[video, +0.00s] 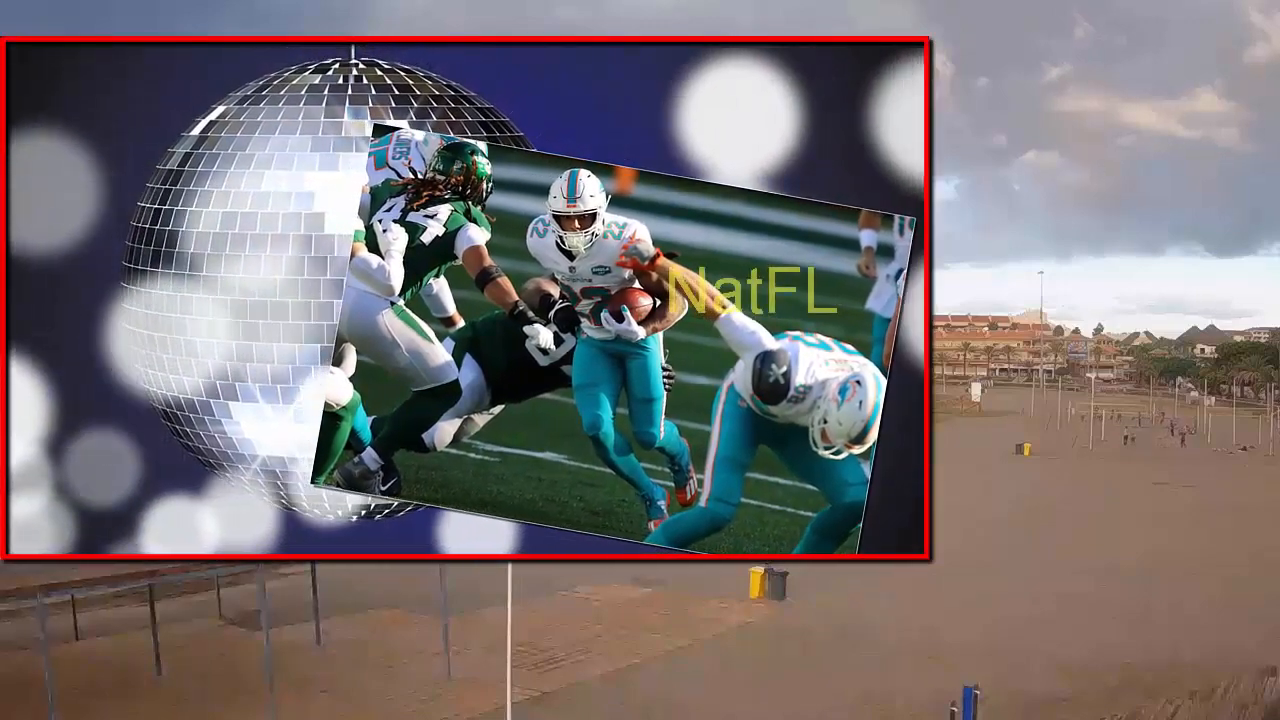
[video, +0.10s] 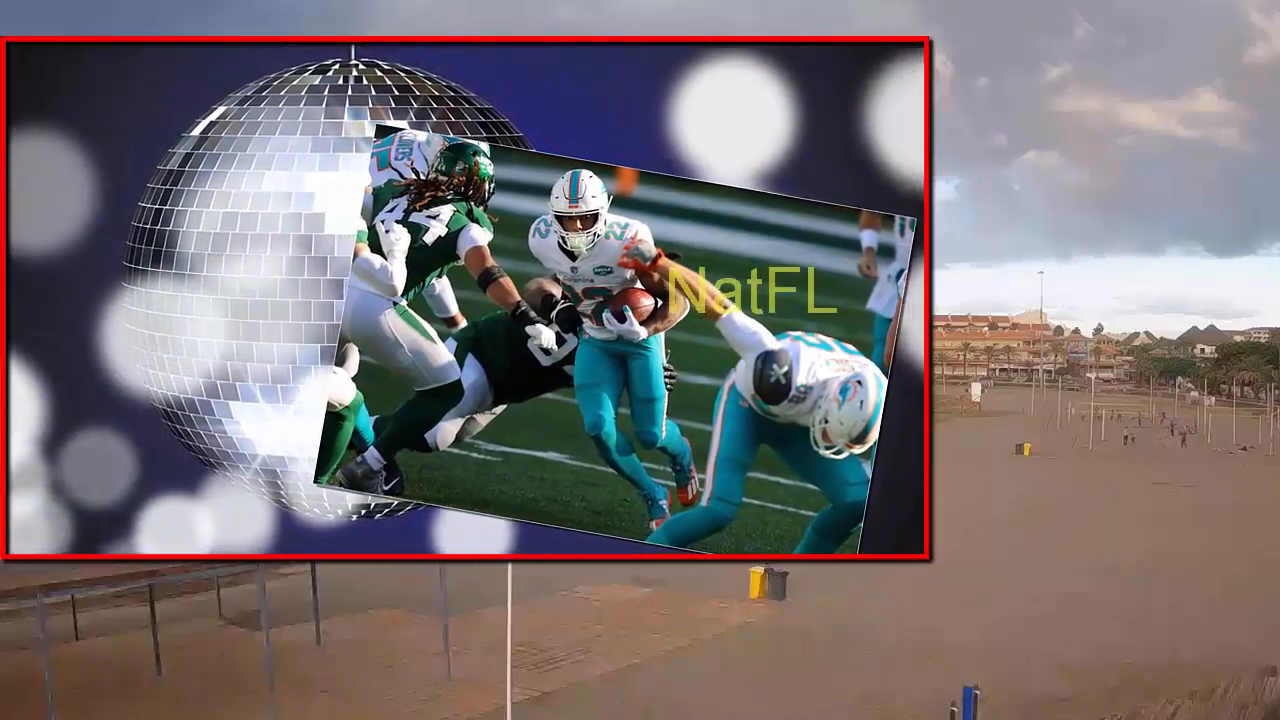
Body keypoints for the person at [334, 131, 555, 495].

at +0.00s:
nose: (485, 189)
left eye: (485, 182)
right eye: (483, 182)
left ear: (435, 170)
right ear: (473, 182)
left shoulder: (390, 190)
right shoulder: (463, 218)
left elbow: (340, 207)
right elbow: (485, 273)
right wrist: (522, 314)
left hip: (328, 289)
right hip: (374, 306)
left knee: (334, 369)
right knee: (445, 388)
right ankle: (367, 462)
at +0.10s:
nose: (487, 190)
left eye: (487, 182)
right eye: (485, 182)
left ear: (437, 170)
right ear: (474, 182)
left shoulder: (393, 192)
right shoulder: (464, 220)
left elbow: (343, 207)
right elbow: (488, 274)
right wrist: (526, 316)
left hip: (332, 289)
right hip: (376, 306)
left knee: (337, 369)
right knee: (447, 387)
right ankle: (370, 463)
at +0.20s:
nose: (490, 190)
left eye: (489, 182)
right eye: (487, 182)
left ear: (440, 171)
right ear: (477, 183)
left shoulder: (395, 192)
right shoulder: (467, 219)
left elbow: (346, 208)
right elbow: (490, 274)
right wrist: (528, 316)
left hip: (333, 289)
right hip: (378, 306)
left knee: (340, 369)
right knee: (449, 388)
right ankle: (373, 463)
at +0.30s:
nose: (492, 191)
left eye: (492, 184)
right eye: (490, 183)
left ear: (443, 173)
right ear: (478, 183)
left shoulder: (399, 193)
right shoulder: (469, 221)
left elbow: (352, 208)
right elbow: (492, 274)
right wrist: (530, 316)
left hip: (337, 288)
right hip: (381, 306)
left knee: (343, 369)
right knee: (452, 387)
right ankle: (375, 462)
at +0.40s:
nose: (493, 191)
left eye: (493, 183)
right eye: (491, 183)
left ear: (445, 172)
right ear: (482, 184)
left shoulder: (401, 193)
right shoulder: (472, 221)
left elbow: (351, 209)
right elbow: (494, 274)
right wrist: (532, 315)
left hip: (338, 289)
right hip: (383, 306)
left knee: (347, 368)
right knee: (455, 388)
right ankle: (378, 462)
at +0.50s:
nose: (496, 191)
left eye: (496, 184)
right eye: (493, 184)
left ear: (446, 173)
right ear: (482, 185)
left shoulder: (401, 194)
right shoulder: (472, 223)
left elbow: (357, 219)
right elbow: (497, 275)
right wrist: (535, 317)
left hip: (341, 289)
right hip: (387, 307)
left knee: (348, 371)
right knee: (457, 387)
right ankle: (381, 461)